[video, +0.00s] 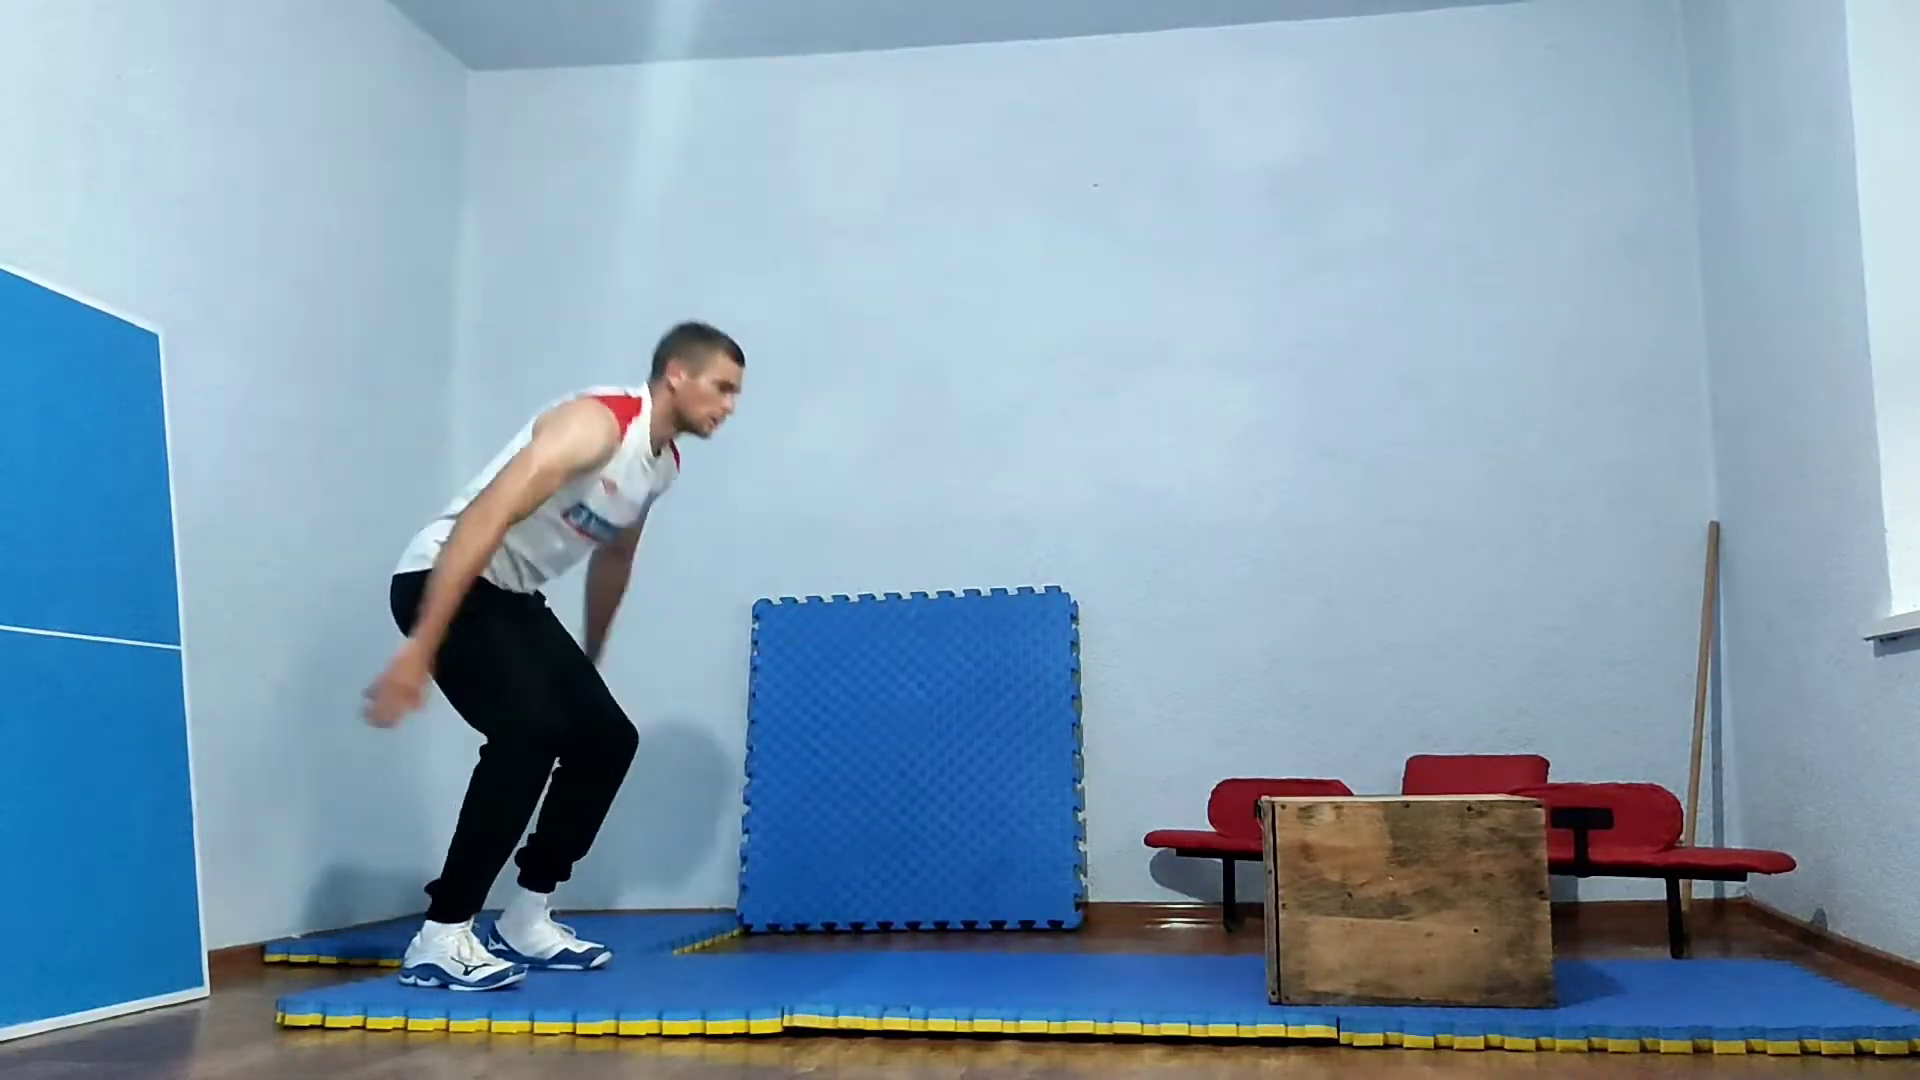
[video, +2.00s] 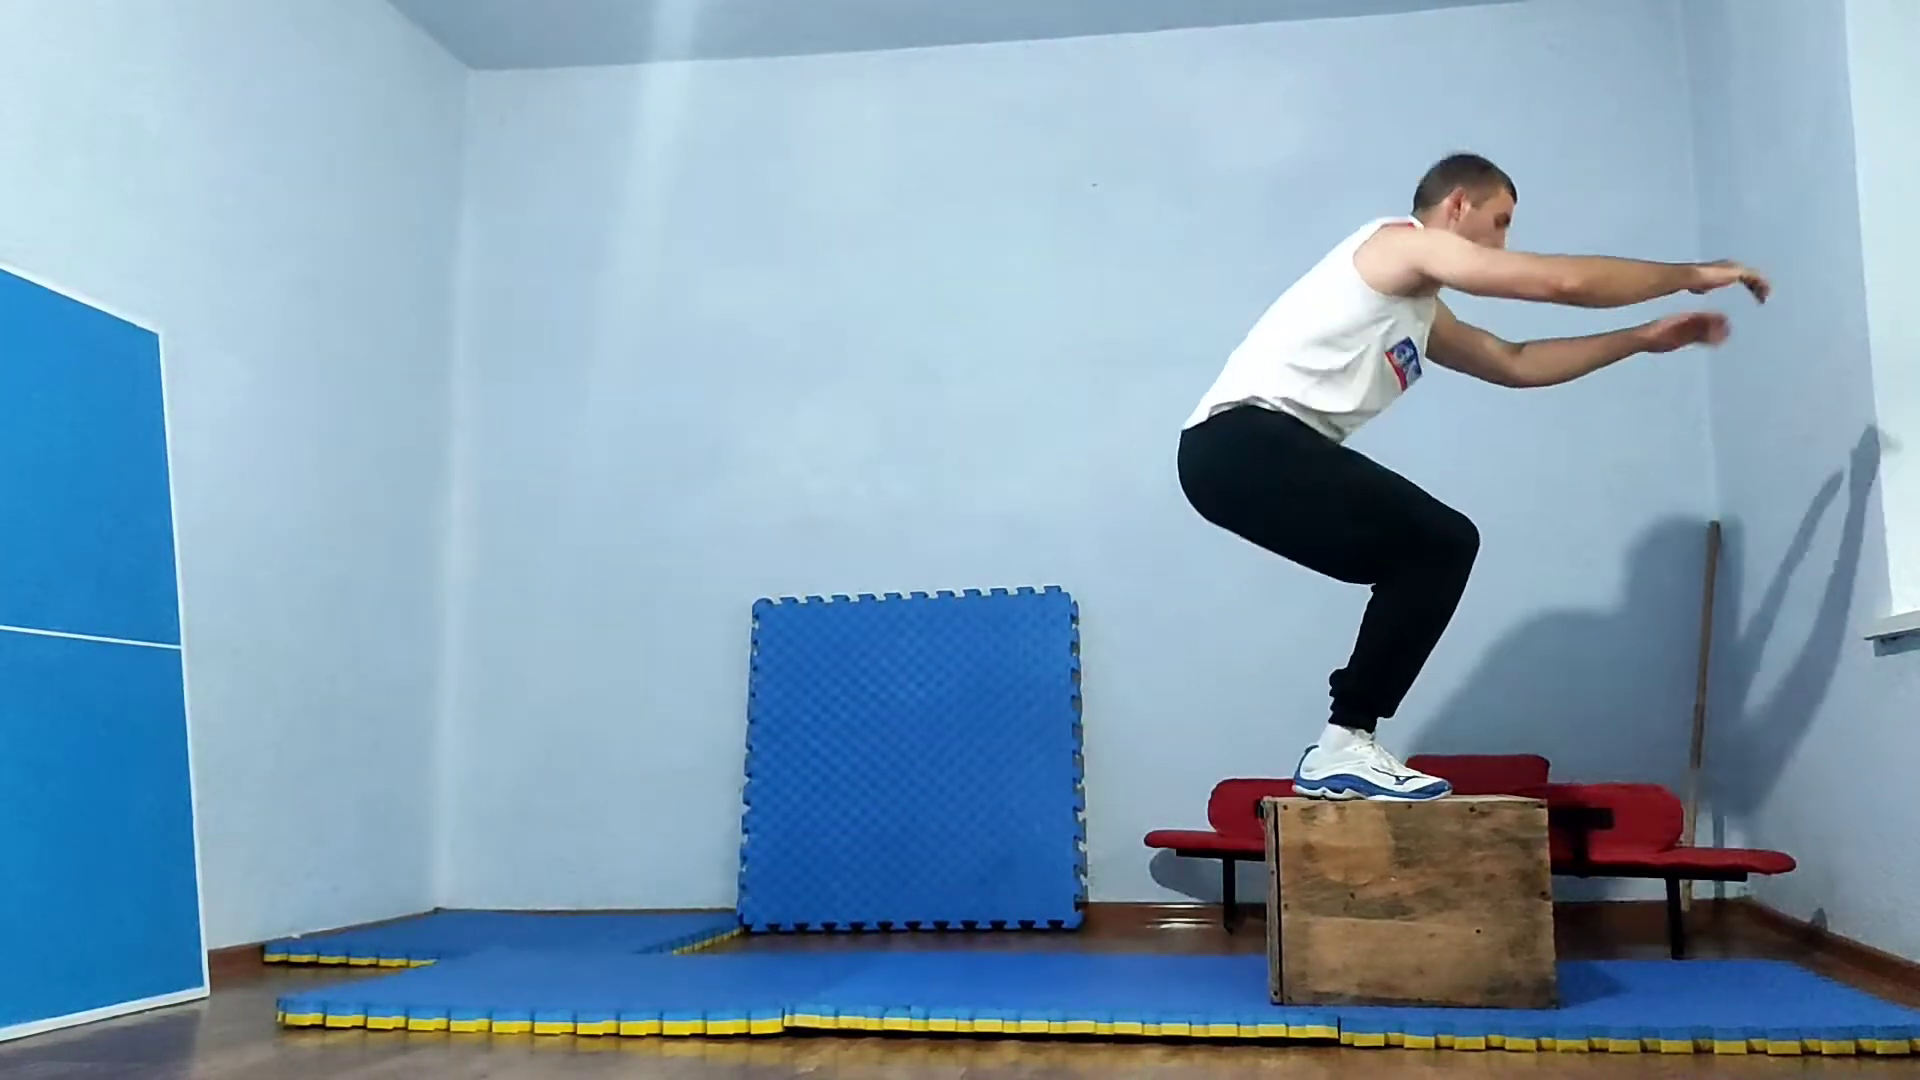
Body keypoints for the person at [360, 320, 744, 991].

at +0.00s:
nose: (729, 405)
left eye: (735, 393)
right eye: (721, 388)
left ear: (687, 387)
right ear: (674, 377)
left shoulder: (660, 464)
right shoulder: (592, 425)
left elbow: (614, 557)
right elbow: (486, 519)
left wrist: (590, 659)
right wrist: (419, 650)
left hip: (512, 595)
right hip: (447, 583)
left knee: (608, 741)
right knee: (529, 730)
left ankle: (524, 918)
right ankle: (442, 934)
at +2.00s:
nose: (1503, 240)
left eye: (1507, 229)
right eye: (1498, 223)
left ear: (1450, 214)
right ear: (1456, 207)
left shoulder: (1417, 310)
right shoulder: (1407, 245)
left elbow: (1519, 366)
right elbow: (1564, 283)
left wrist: (1643, 339)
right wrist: (1693, 274)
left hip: (1254, 452)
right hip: (1244, 441)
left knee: (1434, 547)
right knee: (1440, 542)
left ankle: (1347, 746)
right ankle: (1342, 748)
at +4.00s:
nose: (921, 225)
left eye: (927, 213)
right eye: (914, 207)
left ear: (898, 212)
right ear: (864, 196)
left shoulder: (881, 304)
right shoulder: (814, 271)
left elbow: (911, 434)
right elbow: (739, 387)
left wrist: (995, 498)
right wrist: (751, 519)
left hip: (869, 522)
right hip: (837, 519)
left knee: (840, 719)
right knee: (915, 715)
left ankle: (707, 874)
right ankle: (943, 934)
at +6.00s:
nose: (539, 241)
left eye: (546, 230)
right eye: (532, 223)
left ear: (527, 232)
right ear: (484, 208)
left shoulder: (507, 317)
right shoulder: (430, 278)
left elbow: (555, 428)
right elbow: (466, 374)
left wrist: (647, 481)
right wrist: (588, 412)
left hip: (486, 534)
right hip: (426, 526)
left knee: (506, 721)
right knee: (439, 718)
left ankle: (472, 908)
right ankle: (407, 927)